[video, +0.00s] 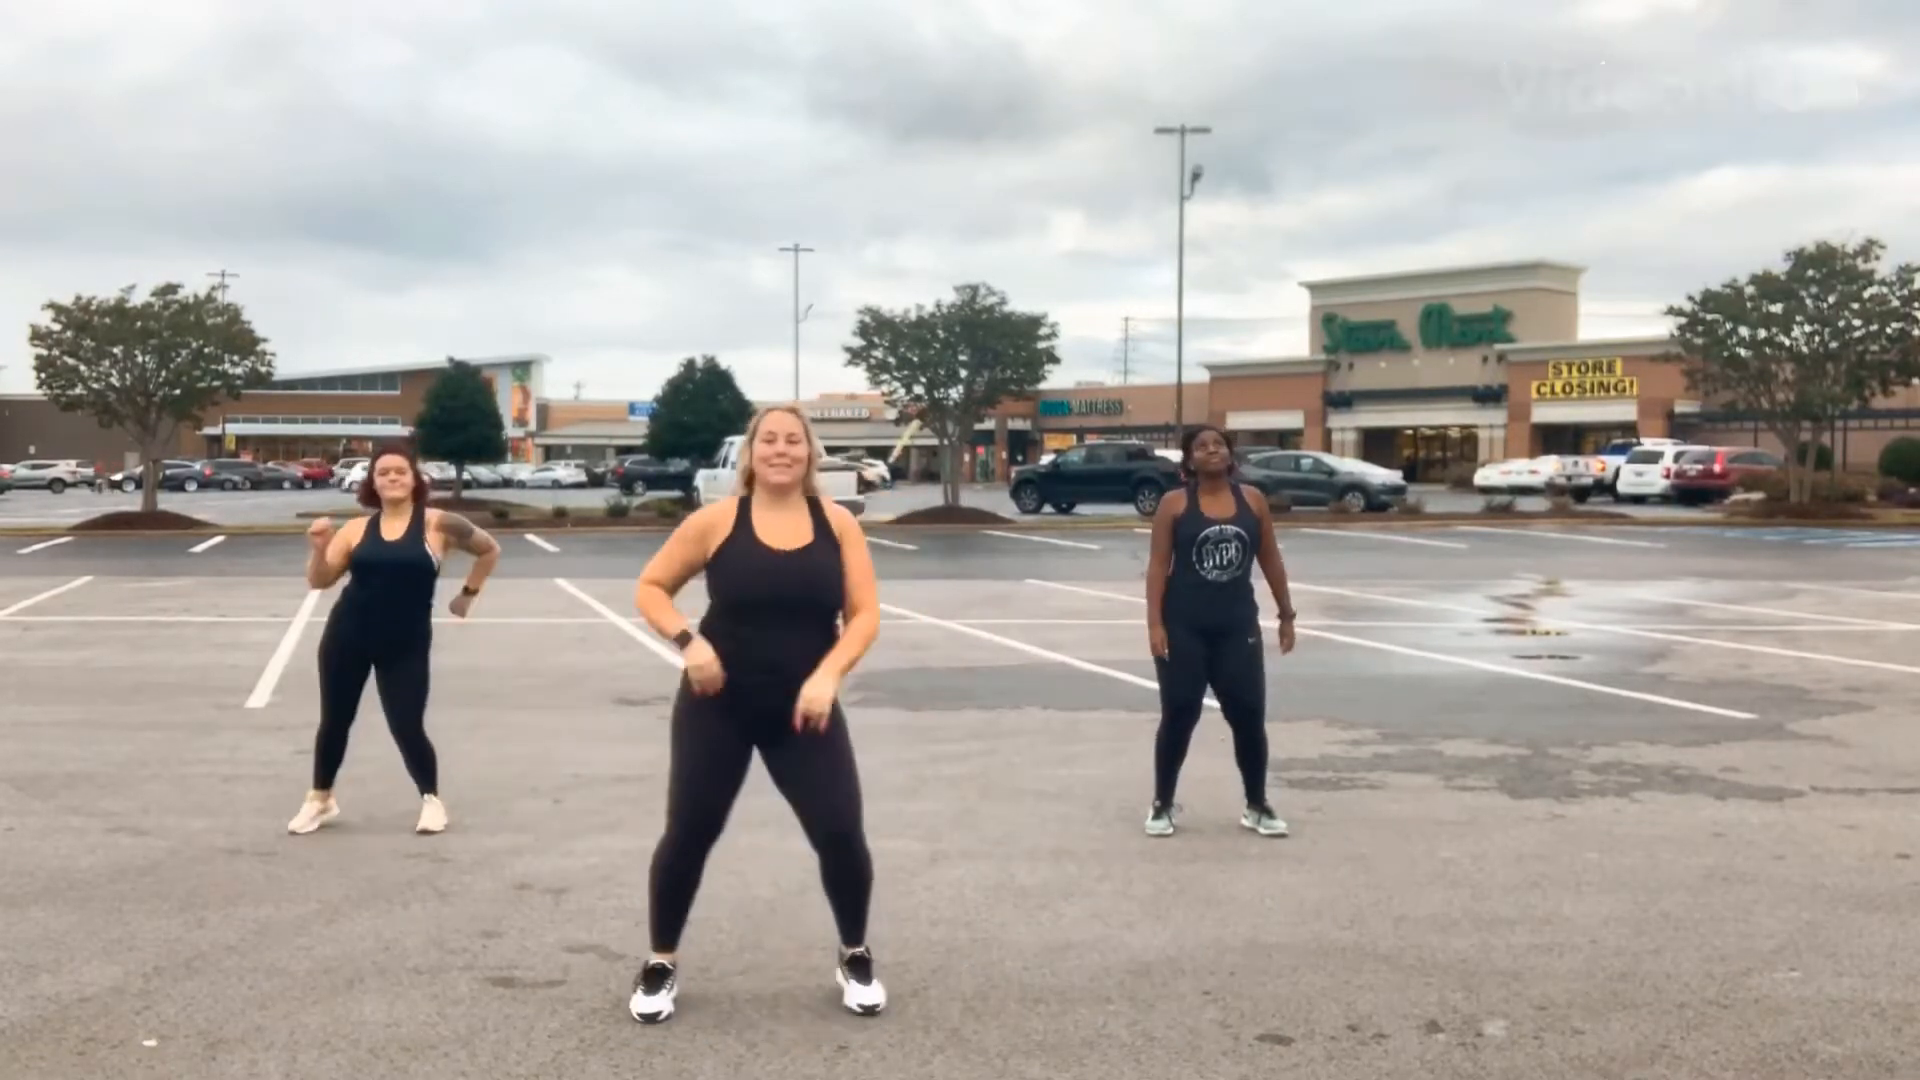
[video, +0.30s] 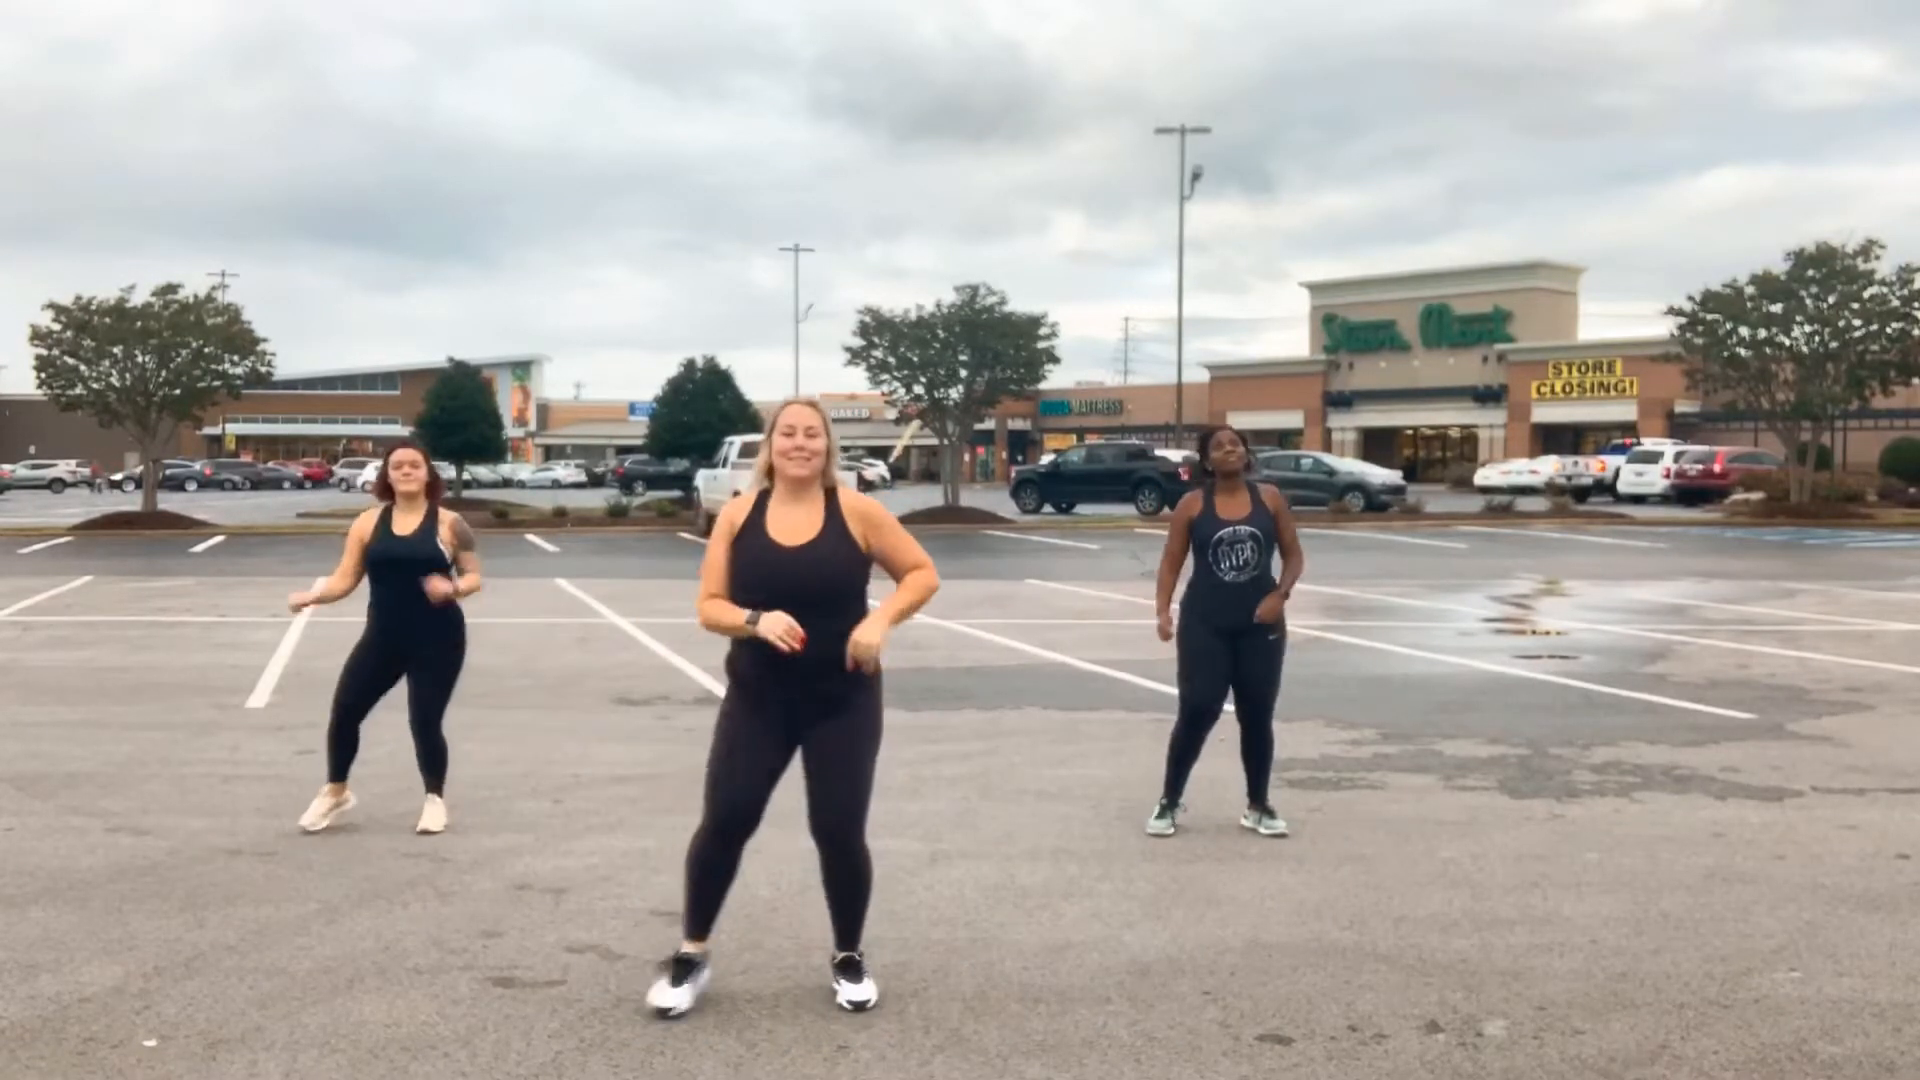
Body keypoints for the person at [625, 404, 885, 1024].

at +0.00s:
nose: (780, 449)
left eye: (792, 440)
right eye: (769, 440)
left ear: (809, 455)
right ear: (750, 454)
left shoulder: (838, 524)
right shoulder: (716, 520)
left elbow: (866, 614)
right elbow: (651, 589)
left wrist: (828, 674)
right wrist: (690, 643)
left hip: (806, 707)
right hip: (718, 702)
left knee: (842, 838)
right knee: (689, 833)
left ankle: (855, 955)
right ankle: (661, 962)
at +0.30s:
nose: (799, 442)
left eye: (811, 433)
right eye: (788, 433)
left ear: (829, 447)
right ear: (769, 446)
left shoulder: (856, 510)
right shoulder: (740, 512)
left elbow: (924, 574)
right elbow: (709, 607)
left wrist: (879, 620)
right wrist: (755, 620)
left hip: (843, 700)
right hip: (757, 699)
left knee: (840, 833)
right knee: (723, 825)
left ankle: (848, 959)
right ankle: (691, 954)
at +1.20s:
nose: (872, 452)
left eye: (884, 443)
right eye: (861, 443)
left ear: (902, 453)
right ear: (844, 453)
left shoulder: (931, 520)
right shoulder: (815, 523)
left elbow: (1000, 584)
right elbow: (774, 605)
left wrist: (964, 619)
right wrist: (811, 648)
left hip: (923, 699)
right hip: (837, 702)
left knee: (950, 824)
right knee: (808, 831)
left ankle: (981, 941)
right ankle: (775, 941)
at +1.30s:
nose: (867, 457)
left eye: (879, 447)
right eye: (856, 447)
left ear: (896, 457)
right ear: (838, 457)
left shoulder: (925, 527)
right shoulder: (806, 524)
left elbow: (962, 615)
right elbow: (759, 586)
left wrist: (922, 595)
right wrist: (773, 647)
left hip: (912, 707)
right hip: (827, 710)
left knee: (946, 826)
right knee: (828, 842)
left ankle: (980, 942)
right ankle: (779, 946)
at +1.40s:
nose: (854, 455)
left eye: (866, 445)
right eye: (843, 445)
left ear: (883, 458)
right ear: (825, 457)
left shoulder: (908, 526)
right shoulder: (794, 520)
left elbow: (933, 615)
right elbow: (728, 574)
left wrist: (889, 605)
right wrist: (748, 643)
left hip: (889, 702)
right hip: (806, 702)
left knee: (936, 822)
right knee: (807, 838)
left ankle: (975, 941)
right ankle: (775, 950)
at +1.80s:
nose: (812, 451)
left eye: (823, 442)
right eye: (801, 441)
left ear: (841, 455)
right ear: (783, 454)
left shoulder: (867, 512)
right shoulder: (753, 516)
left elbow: (939, 543)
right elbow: (716, 593)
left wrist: (905, 602)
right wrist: (775, 533)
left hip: (851, 697)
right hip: (770, 700)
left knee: (841, 831)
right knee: (777, 831)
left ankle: (834, 948)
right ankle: (772, 951)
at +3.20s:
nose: (771, 495)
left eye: (783, 485)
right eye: (760, 484)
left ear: (798, 485)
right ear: (739, 482)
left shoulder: (821, 540)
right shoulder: (706, 536)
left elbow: (856, 625)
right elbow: (673, 617)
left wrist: (900, 701)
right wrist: (641, 699)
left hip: (817, 718)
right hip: (731, 717)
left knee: (824, 836)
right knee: (672, 831)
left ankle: (832, 952)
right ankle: (636, 946)